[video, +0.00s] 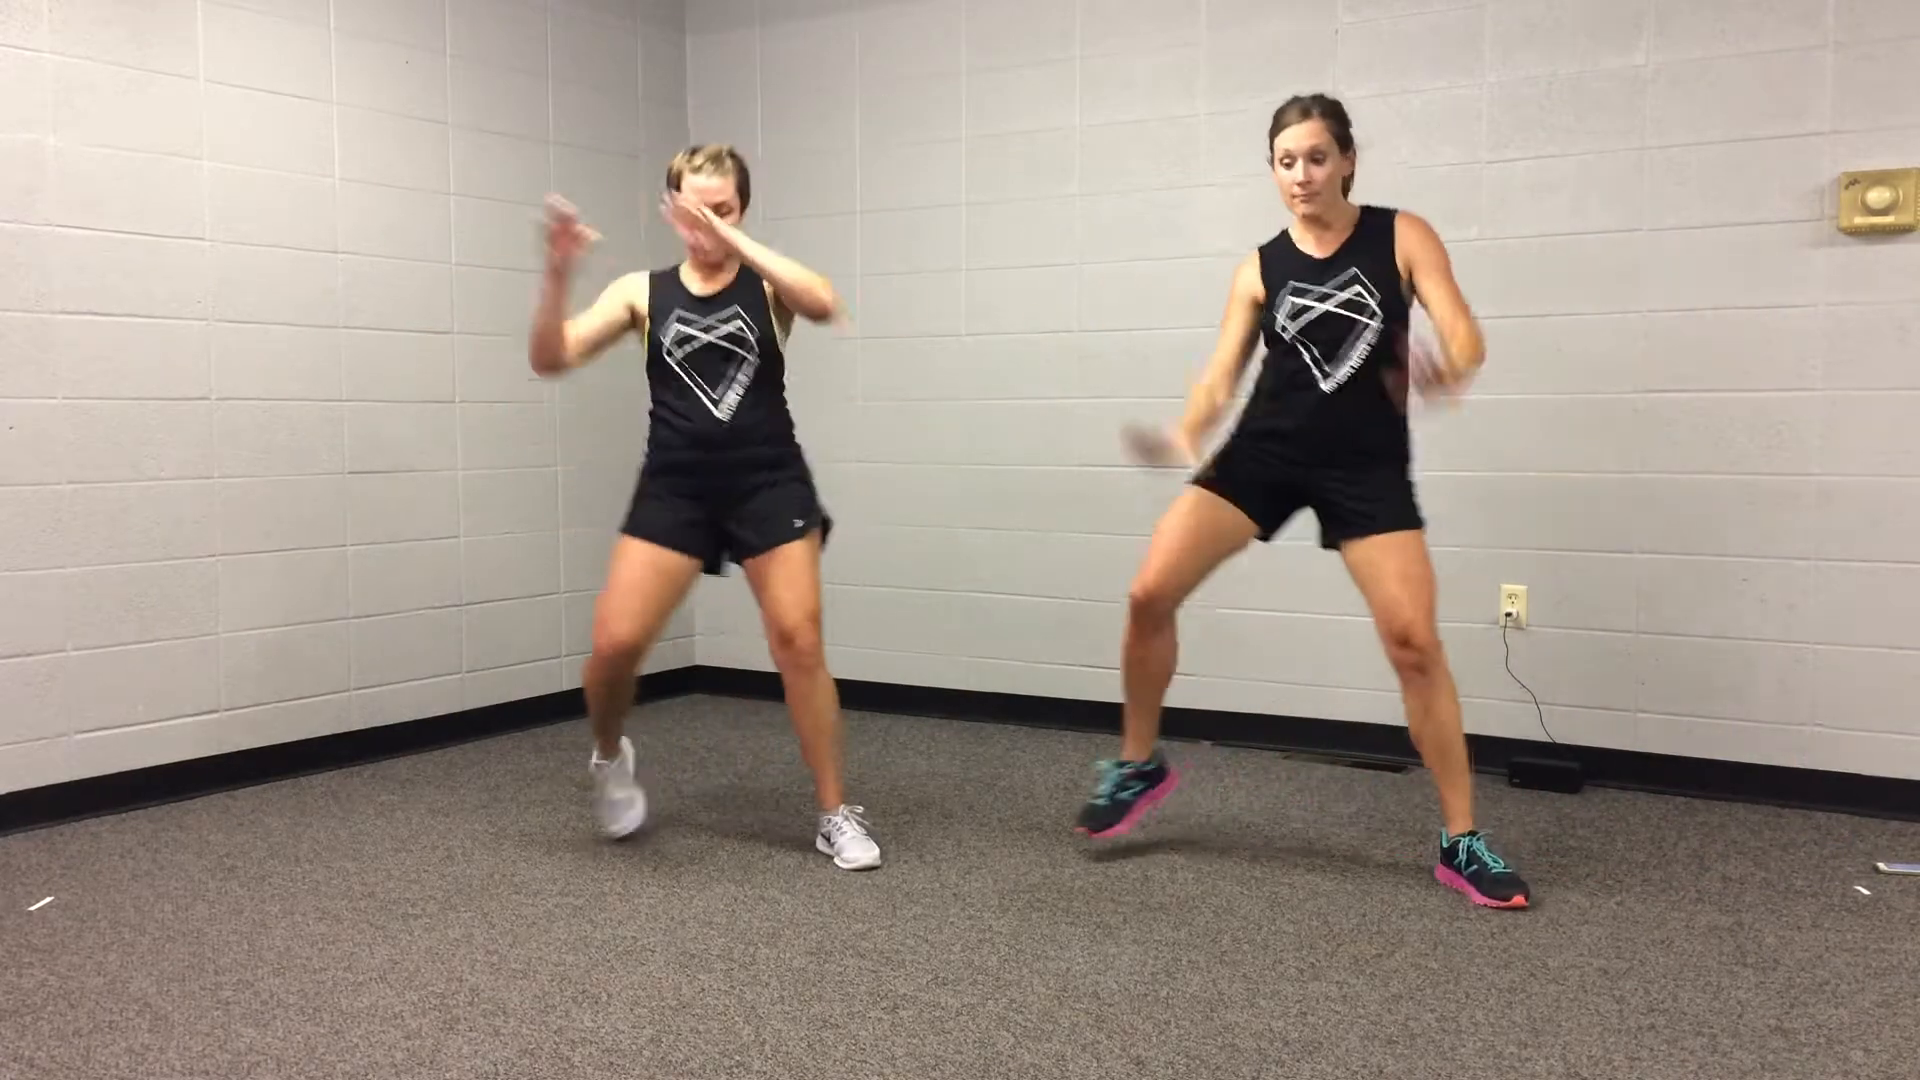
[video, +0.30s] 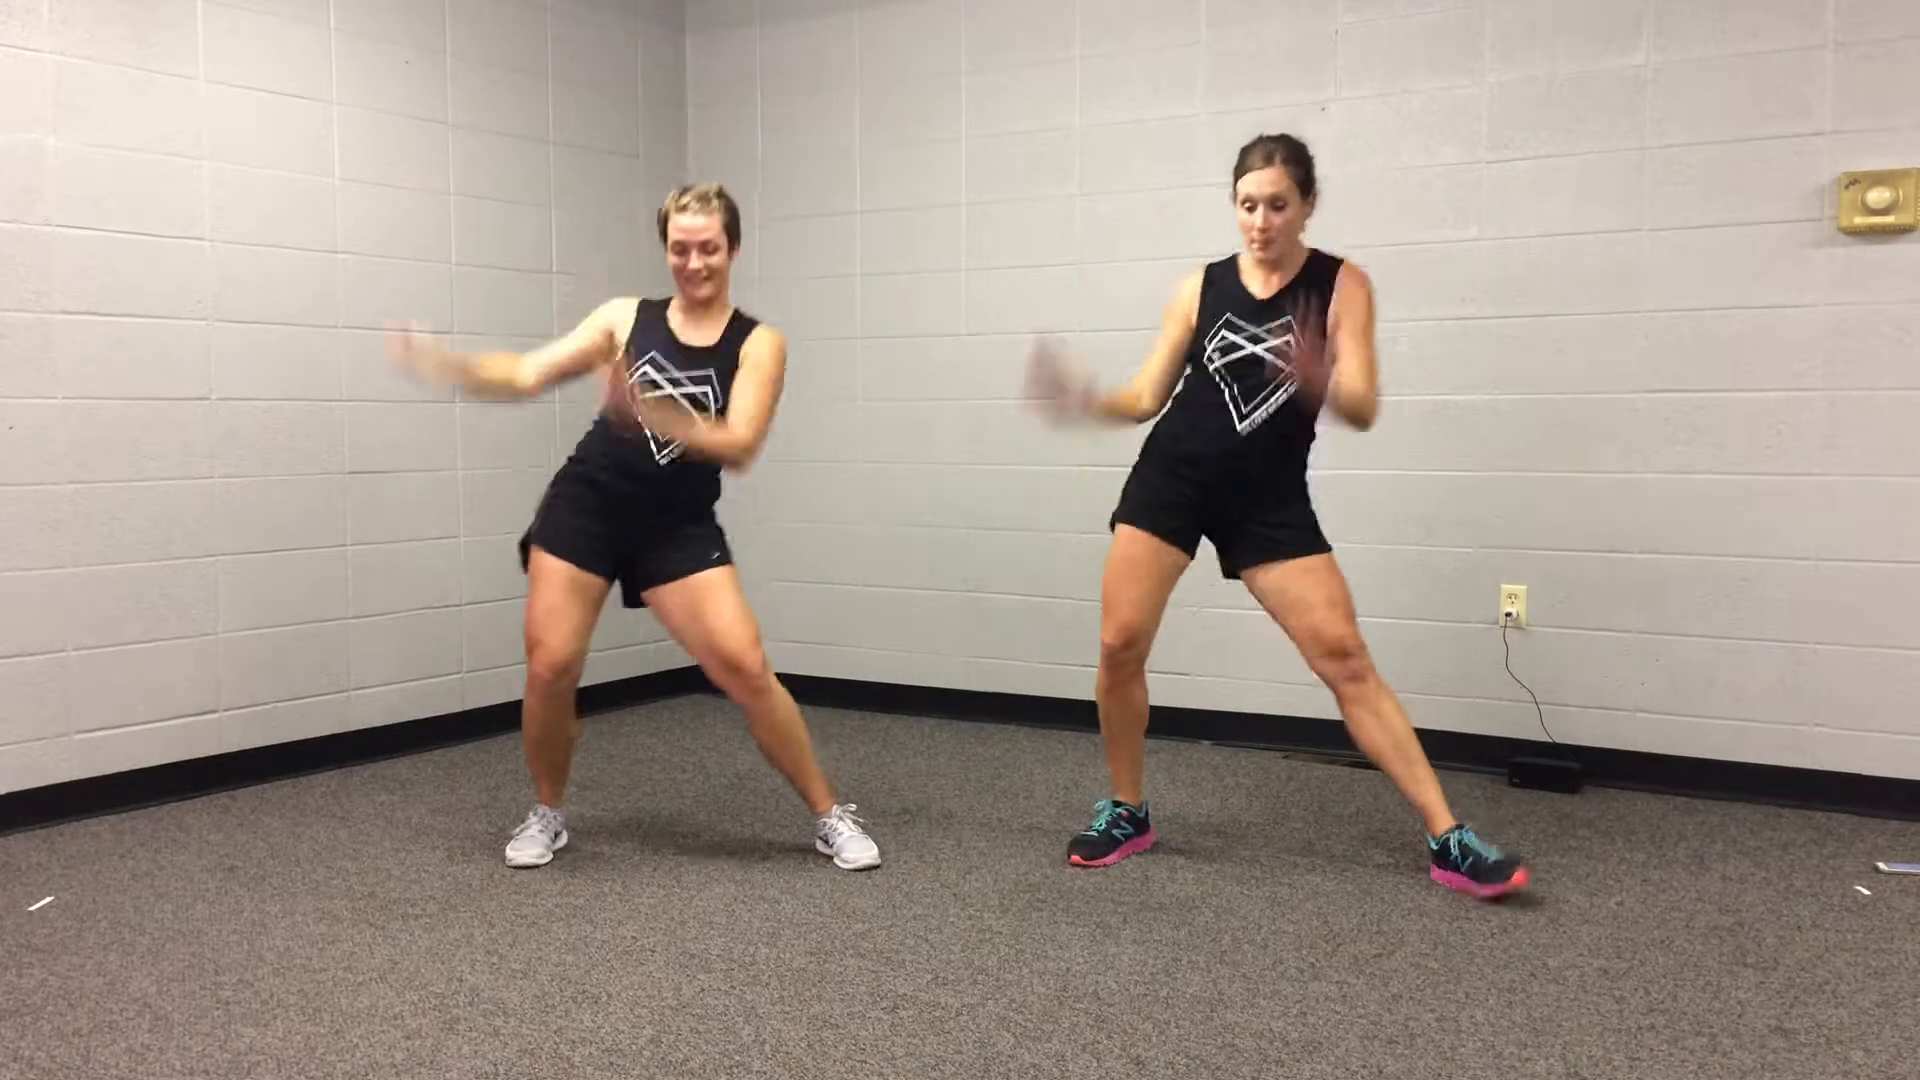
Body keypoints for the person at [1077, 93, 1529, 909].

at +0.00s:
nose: (1300, 173)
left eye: (1316, 158)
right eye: (1286, 161)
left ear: (1348, 164)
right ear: (1274, 173)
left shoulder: (1402, 237)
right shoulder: (1261, 269)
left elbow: (1465, 336)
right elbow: (1219, 377)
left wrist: (1451, 371)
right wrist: (1187, 433)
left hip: (1366, 466)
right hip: (1263, 457)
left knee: (1414, 644)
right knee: (1149, 595)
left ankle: (1462, 838)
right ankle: (1137, 762)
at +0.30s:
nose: (1259, 219)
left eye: (1276, 204)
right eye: (1248, 203)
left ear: (1307, 208)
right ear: (1233, 209)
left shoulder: (1340, 285)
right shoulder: (1203, 287)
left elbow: (1364, 412)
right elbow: (1143, 397)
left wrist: (1324, 381)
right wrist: (1084, 397)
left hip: (1267, 492)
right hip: (1171, 477)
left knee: (1343, 654)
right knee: (1120, 642)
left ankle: (1446, 834)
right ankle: (1126, 810)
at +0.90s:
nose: (1312, 267)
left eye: (1327, 252)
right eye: (1299, 252)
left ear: (1355, 252)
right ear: (1284, 253)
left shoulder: (1391, 314)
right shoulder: (1259, 329)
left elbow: (1459, 398)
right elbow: (1258, 455)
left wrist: (1534, 481)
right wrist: (1317, 538)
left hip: (1375, 471)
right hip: (1286, 476)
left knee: (1405, 633)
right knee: (1222, 630)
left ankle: (1418, 776)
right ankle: (1147, 789)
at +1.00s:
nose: (1315, 246)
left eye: (1331, 229)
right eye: (1302, 231)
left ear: (1362, 230)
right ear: (1288, 232)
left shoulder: (1395, 301)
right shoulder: (1257, 307)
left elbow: (1441, 412)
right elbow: (1226, 418)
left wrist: (1465, 515)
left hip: (1351, 461)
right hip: (1264, 461)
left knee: (1387, 621)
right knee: (1189, 602)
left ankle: (1416, 773)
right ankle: (1148, 776)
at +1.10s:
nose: (1304, 228)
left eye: (1321, 212)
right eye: (1293, 213)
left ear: (1355, 217)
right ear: (1279, 217)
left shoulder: (1384, 296)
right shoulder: (1245, 282)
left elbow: (1424, 412)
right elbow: (1183, 369)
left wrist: (1383, 432)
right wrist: (1157, 407)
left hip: (1308, 457)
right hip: (1221, 445)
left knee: (1361, 621)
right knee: (1167, 604)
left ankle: (1415, 773)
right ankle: (1142, 782)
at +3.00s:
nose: (1317, 244)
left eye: (1331, 228)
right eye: (1303, 230)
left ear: (1356, 216)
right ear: (1283, 224)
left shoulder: (1403, 286)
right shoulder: (1268, 311)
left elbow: (1479, 359)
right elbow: (1254, 435)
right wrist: (1342, 474)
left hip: (1401, 468)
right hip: (1307, 475)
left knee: (1435, 641)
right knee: (1224, 630)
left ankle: (1424, 789)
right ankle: (1144, 786)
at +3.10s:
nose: (1320, 215)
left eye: (1332, 198)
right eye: (1305, 202)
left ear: (1361, 186)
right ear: (1290, 200)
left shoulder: (1413, 263)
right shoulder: (1276, 281)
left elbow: (1483, 366)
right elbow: (1255, 401)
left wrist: (1511, 466)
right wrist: (1262, 504)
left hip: (1388, 456)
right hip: (1293, 456)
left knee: (1419, 622)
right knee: (1221, 600)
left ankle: (1424, 786)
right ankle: (1190, 773)